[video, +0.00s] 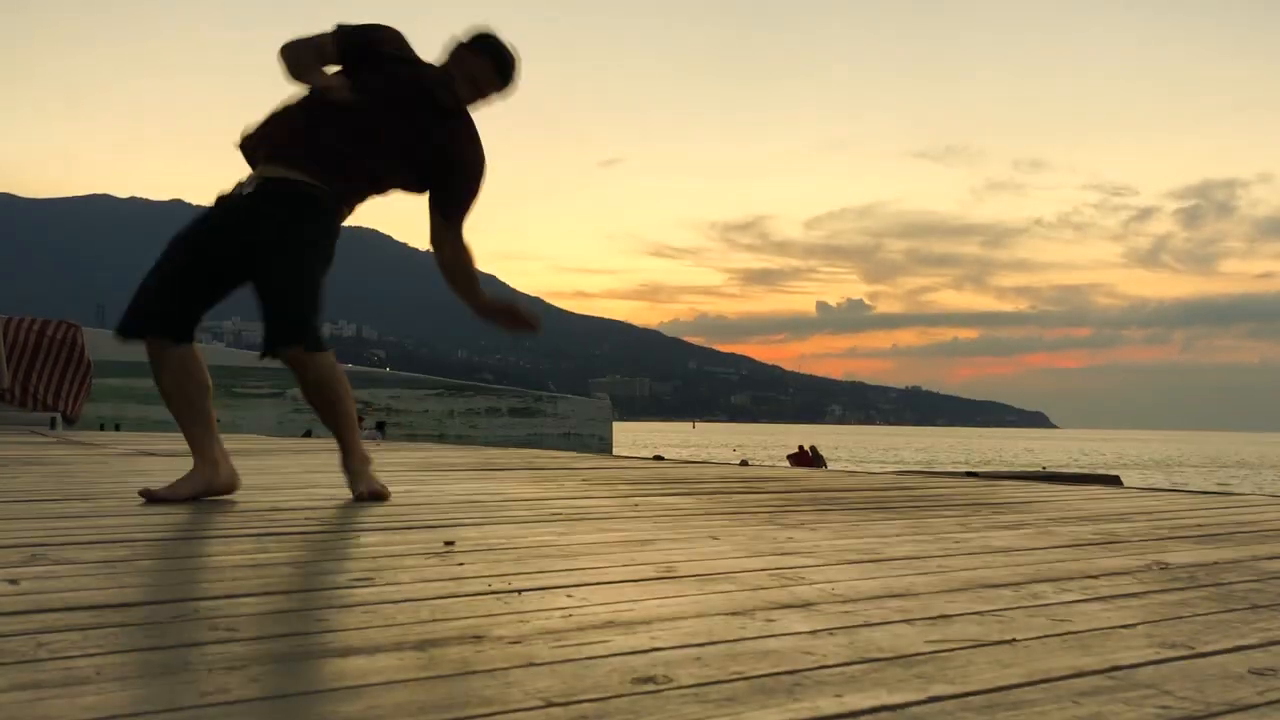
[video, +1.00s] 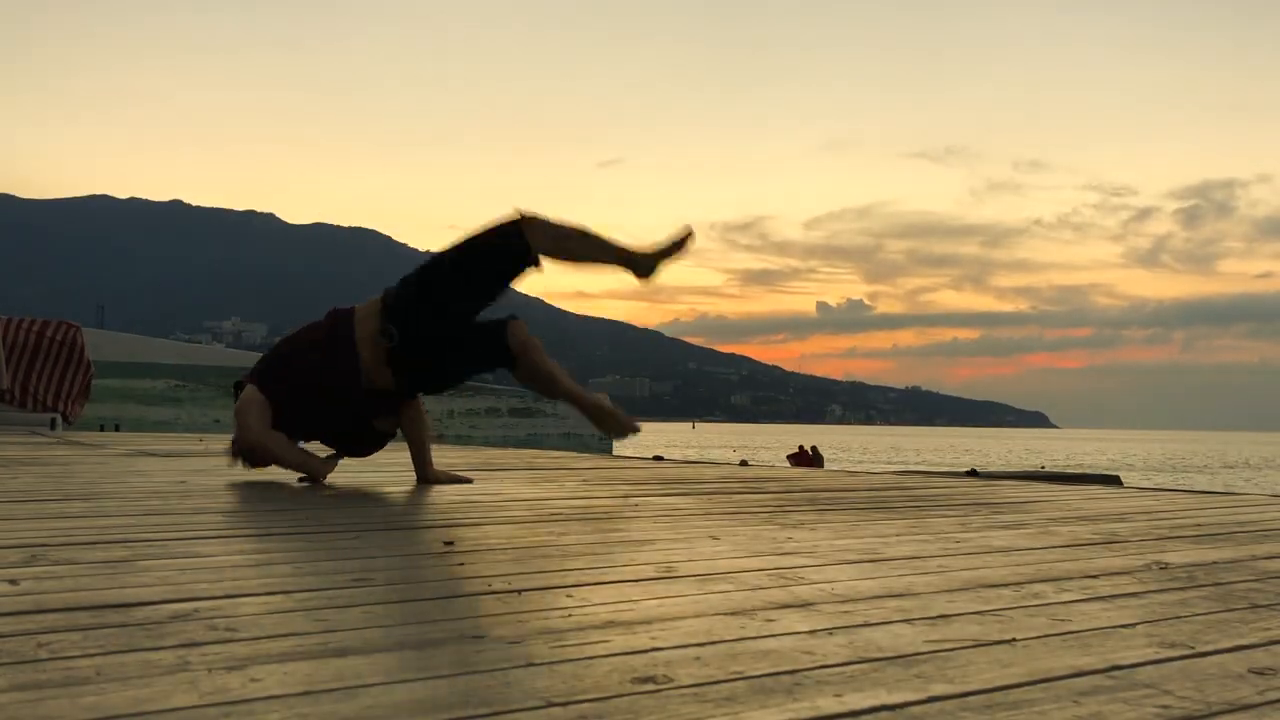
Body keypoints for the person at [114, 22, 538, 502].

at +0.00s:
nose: (469, 87)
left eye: (482, 87)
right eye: (469, 72)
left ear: (488, 95)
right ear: (453, 54)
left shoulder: (460, 149)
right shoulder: (384, 48)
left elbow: (448, 239)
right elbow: (295, 52)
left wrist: (481, 303)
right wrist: (321, 77)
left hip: (309, 214)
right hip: (250, 198)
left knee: (297, 342)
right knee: (161, 321)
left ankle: (357, 464)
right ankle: (211, 464)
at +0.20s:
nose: (497, 209)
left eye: (502, 210)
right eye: (501, 197)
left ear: (486, 210)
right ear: (491, 166)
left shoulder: (434, 231)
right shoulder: (466, 140)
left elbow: (386, 302)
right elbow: (463, 149)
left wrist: (384, 393)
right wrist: (523, 214)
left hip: (325, 232)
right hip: (285, 182)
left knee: (400, 336)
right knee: (215, 296)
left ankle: (342, 470)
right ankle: (87, 367)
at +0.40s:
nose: (474, 319)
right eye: (481, 312)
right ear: (475, 290)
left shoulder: (388, 292)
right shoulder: (471, 274)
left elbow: (357, 354)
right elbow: (481, 348)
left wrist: (331, 440)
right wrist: (476, 425)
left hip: (315, 207)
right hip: (360, 171)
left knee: (329, 329)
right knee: (239, 123)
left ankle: (333, 459)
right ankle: (127, 52)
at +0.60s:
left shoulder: (334, 327)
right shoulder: (431, 328)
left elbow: (305, 400)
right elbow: (435, 395)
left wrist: (331, 470)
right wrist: (430, 470)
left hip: (345, 225)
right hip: (411, 220)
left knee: (271, 285)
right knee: (415, 84)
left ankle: (136, 231)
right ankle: (400, 9)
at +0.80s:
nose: (298, 426)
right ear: (330, 415)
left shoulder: (291, 373)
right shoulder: (386, 379)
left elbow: (270, 418)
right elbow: (415, 411)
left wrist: (320, 470)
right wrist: (427, 472)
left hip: (384, 275)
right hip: (438, 320)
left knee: (304, 188)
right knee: (530, 237)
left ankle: (375, 77)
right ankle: (595, 186)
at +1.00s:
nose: (248, 453)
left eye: (246, 452)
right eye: (248, 455)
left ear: (243, 429)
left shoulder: (256, 404)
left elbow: (260, 443)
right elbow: (407, 401)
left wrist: (313, 470)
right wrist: (427, 471)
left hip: (406, 371)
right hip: (398, 318)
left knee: (512, 336)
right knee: (525, 231)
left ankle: (591, 405)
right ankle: (637, 259)